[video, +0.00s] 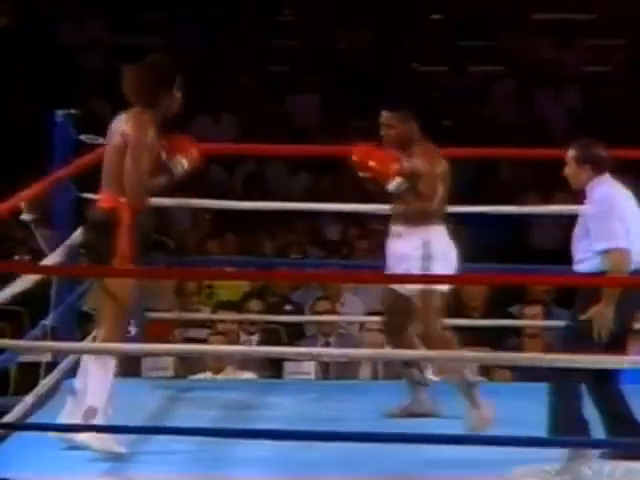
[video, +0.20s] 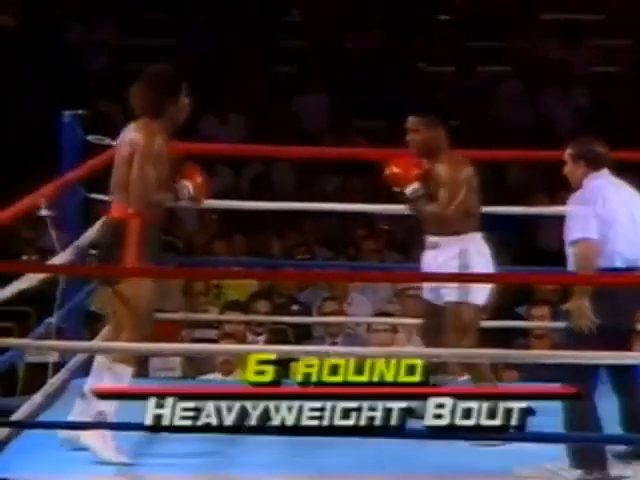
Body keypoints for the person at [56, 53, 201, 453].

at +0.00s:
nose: (180, 98)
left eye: (178, 90)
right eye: (177, 90)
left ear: (141, 89)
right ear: (165, 93)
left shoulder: (123, 122)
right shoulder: (142, 126)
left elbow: (120, 178)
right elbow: (137, 188)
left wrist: (162, 161)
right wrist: (177, 171)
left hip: (106, 219)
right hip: (120, 223)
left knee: (108, 324)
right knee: (114, 325)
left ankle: (78, 412)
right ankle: (93, 419)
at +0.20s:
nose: (188, 105)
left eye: (186, 97)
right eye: (184, 98)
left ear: (149, 101)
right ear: (171, 102)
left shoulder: (132, 134)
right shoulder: (151, 139)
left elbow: (120, 189)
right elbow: (143, 195)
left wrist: (169, 191)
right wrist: (179, 193)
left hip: (119, 231)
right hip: (134, 235)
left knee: (121, 322)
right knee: (134, 324)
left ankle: (87, 409)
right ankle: (98, 421)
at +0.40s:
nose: (208, 101)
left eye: (207, 93)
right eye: (204, 93)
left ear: (171, 97)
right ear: (190, 98)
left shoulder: (164, 132)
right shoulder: (167, 134)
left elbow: (162, 181)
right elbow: (155, 189)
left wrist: (198, 170)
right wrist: (196, 180)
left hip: (144, 233)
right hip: (153, 235)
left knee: (141, 321)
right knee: (160, 330)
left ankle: (102, 406)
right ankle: (145, 434)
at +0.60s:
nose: (224, 109)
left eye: (222, 101)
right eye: (219, 102)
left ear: (187, 104)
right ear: (204, 107)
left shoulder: (172, 138)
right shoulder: (186, 145)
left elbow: (166, 197)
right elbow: (181, 203)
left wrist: (214, 194)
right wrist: (221, 199)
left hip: (172, 235)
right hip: (175, 237)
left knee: (198, 332)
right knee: (175, 338)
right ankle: (145, 436)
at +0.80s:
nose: (243, 106)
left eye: (242, 98)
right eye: (239, 98)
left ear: (210, 99)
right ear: (223, 101)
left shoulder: (202, 132)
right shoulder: (202, 138)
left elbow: (214, 184)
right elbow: (220, 195)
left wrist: (245, 161)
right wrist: (255, 174)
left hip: (204, 231)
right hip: (188, 233)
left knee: (239, 319)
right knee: (181, 327)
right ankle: (152, 432)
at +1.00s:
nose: (275, 122)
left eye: (275, 115)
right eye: (269, 116)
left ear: (251, 121)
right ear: (249, 120)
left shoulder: (255, 149)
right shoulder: (218, 153)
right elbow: (223, 206)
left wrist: (277, 179)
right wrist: (262, 194)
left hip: (248, 240)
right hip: (218, 242)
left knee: (279, 332)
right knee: (206, 331)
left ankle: (299, 417)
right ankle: (153, 430)